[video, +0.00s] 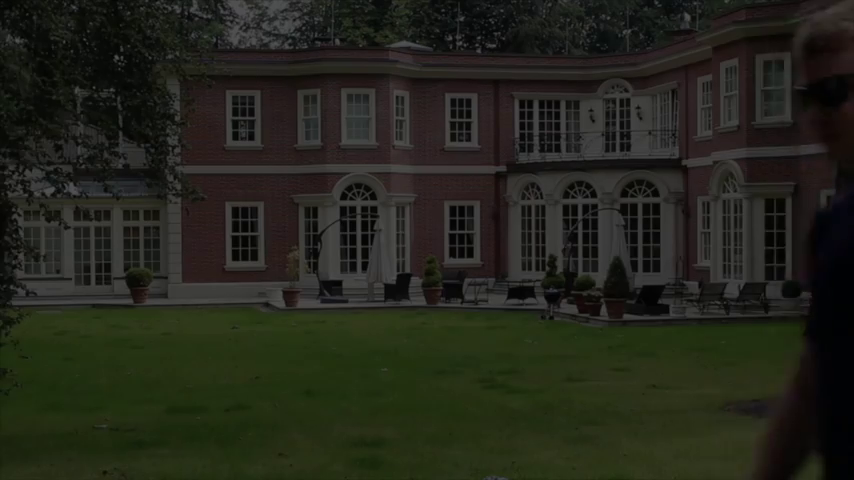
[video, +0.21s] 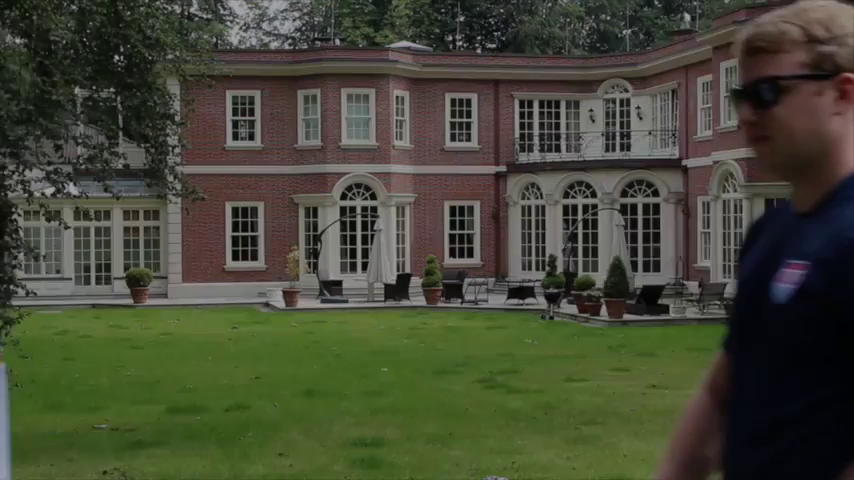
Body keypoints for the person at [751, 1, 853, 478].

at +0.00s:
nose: (819, 116)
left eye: (834, 93)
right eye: (810, 98)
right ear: (802, 103)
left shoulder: (837, 218)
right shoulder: (833, 218)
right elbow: (818, 369)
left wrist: (773, 460)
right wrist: (772, 463)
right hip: (842, 454)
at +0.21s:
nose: (745, 116)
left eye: (765, 93)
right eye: (740, 98)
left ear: (842, 96)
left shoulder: (845, 231)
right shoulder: (768, 231)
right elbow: (719, 392)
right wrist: (675, 468)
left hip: (822, 461)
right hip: (749, 464)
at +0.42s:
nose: (680, 96)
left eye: (702, 75)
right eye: (679, 79)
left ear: (781, 82)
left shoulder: (811, 214)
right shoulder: (708, 219)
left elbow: (729, 411)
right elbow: (646, 367)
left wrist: (598, 399)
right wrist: (595, 461)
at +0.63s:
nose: (640, 91)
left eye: (664, 71)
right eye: (635, 75)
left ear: (740, 81)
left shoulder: (768, 210)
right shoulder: (638, 217)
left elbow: (587, 363)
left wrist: (575, 317)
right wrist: (577, 436)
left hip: (740, 467)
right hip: (636, 468)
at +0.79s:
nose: (634, 91)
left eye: (661, 72)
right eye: (622, 76)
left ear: (722, 91)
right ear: (612, 90)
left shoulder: (758, 210)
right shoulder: (583, 220)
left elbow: (613, 361)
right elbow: (488, 365)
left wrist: (549, 345)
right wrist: (609, 413)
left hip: (719, 469)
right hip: (598, 470)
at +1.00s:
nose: (643, 89)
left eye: (668, 72)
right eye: (622, 74)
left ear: (707, 93)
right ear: (602, 95)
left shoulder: (751, 211)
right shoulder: (542, 221)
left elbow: (696, 357)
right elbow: (481, 372)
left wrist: (550, 345)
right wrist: (655, 394)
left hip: (712, 471)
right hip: (571, 472)